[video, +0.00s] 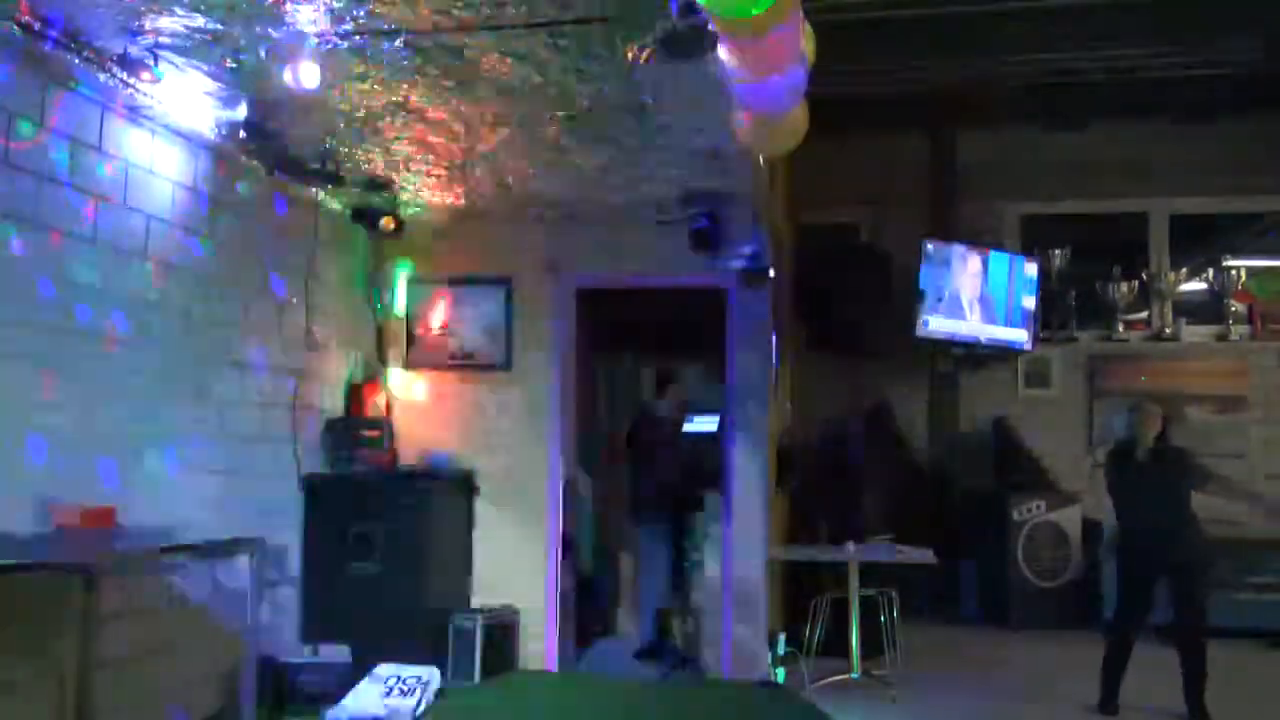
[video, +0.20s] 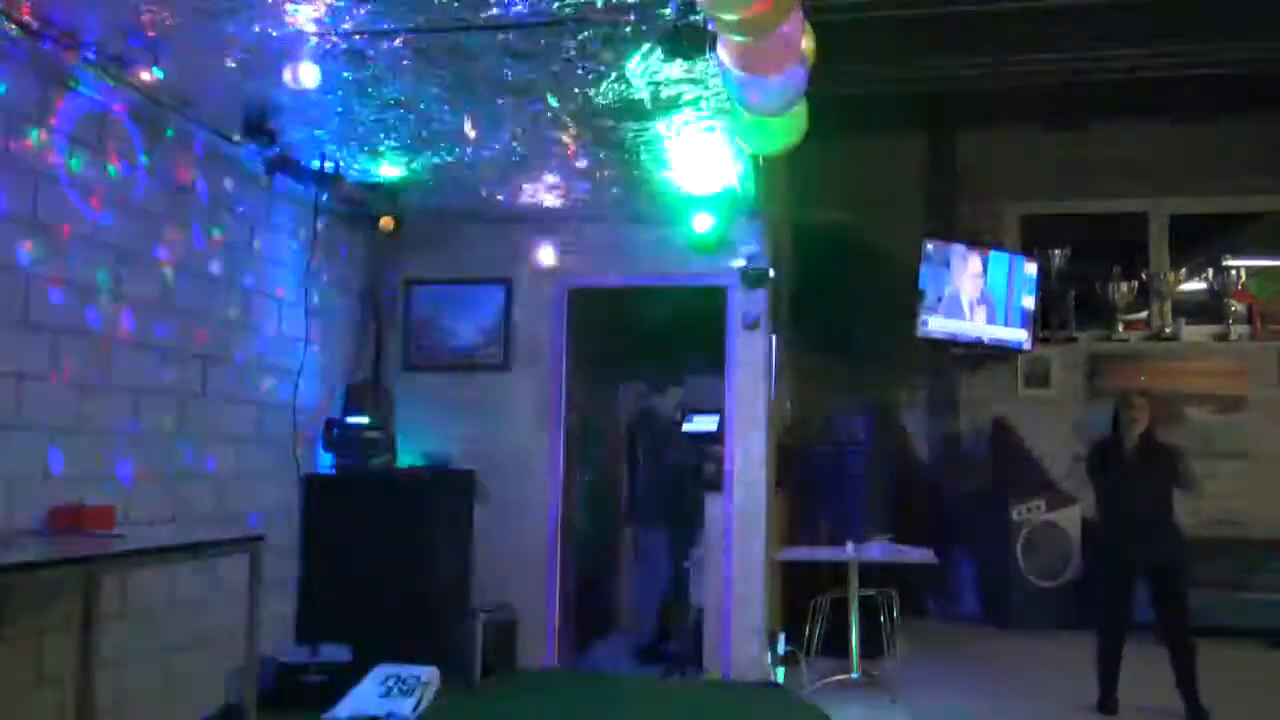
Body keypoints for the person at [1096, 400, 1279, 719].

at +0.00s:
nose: (1147, 424)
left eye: (1153, 419)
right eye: (1141, 417)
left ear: (1162, 424)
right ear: (1131, 422)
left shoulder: (1175, 458)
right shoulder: (1118, 457)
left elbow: (1212, 483)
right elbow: (1120, 493)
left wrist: (1258, 500)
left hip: (1182, 552)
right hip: (1137, 553)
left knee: (1191, 628)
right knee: (1125, 624)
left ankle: (1196, 704)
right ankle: (1108, 698)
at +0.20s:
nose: (1133, 415)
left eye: (1139, 409)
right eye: (1128, 409)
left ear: (1149, 415)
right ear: (1117, 414)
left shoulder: (1165, 454)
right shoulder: (1101, 453)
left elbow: (1190, 486)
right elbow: (1098, 493)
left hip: (1160, 548)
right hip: (1116, 549)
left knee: (1176, 626)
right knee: (1112, 624)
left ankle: (1192, 703)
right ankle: (1107, 697)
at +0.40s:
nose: (1126, 417)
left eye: (1132, 412)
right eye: (1119, 412)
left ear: (1140, 416)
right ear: (1108, 416)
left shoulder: (1144, 450)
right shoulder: (1090, 450)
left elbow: (1149, 491)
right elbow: (1091, 494)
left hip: (1145, 545)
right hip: (1103, 547)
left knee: (1169, 625)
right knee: (1103, 625)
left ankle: (1190, 703)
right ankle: (1106, 698)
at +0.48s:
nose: (1125, 415)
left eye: (1130, 409)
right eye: (1118, 409)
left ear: (1138, 416)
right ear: (1105, 414)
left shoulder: (1138, 454)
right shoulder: (1087, 449)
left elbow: (1142, 508)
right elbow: (1086, 498)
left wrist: (1148, 544)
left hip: (1138, 547)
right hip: (1098, 548)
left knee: (1164, 620)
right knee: (1102, 625)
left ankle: (1184, 698)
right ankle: (1106, 697)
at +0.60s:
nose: (1121, 421)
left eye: (1127, 414)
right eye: (1115, 414)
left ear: (1135, 419)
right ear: (1103, 418)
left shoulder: (1142, 455)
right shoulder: (1085, 452)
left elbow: (1149, 496)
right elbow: (1081, 500)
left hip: (1134, 548)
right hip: (1093, 549)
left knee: (1153, 622)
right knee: (1099, 627)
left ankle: (1172, 693)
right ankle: (1106, 698)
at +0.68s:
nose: (1116, 422)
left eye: (1119, 417)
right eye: (1109, 417)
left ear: (1125, 423)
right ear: (1098, 423)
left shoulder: (1131, 453)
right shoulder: (1085, 453)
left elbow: (1150, 475)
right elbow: (1093, 496)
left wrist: (1128, 450)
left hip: (1131, 547)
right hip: (1093, 549)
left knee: (1151, 619)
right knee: (1098, 625)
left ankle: (1163, 689)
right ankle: (1106, 697)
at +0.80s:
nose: (1116, 424)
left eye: (1122, 418)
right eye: (1110, 417)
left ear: (1131, 424)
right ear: (1100, 424)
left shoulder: (1140, 462)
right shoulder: (1085, 459)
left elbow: (1155, 504)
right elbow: (1078, 506)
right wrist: (1071, 554)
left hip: (1132, 552)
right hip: (1092, 553)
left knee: (1152, 622)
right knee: (1098, 628)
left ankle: (1161, 695)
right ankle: (1106, 698)